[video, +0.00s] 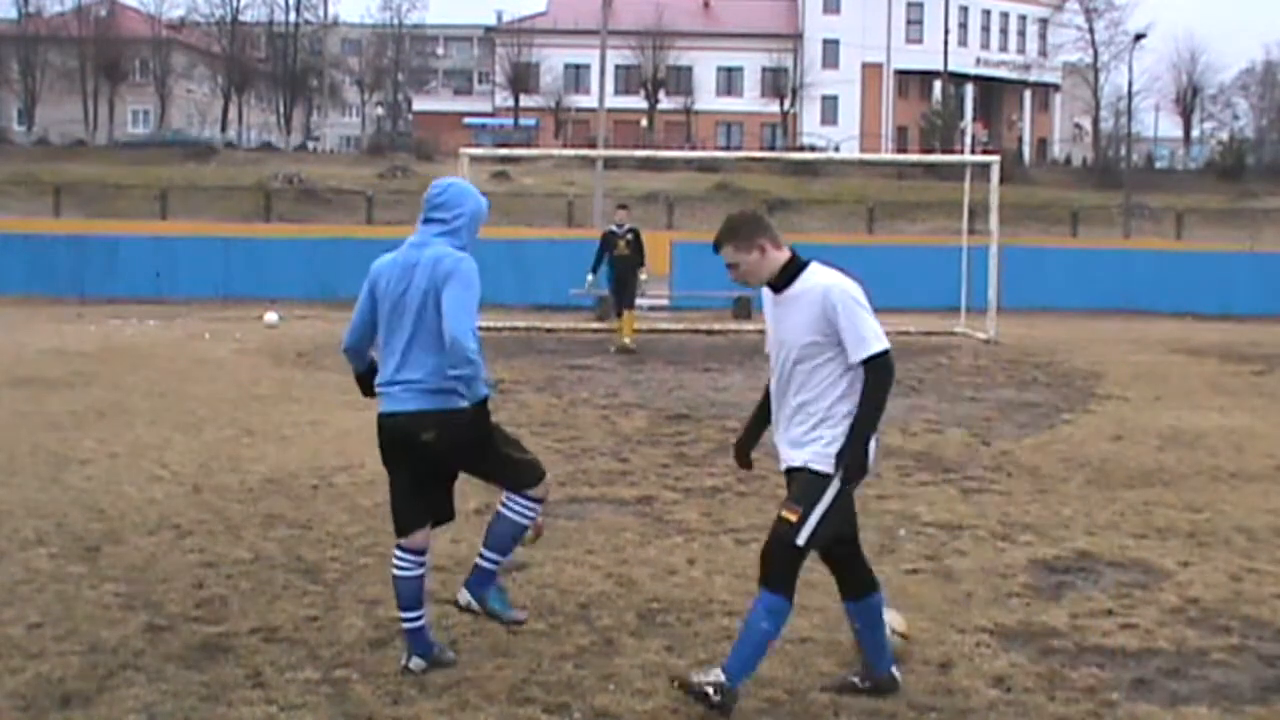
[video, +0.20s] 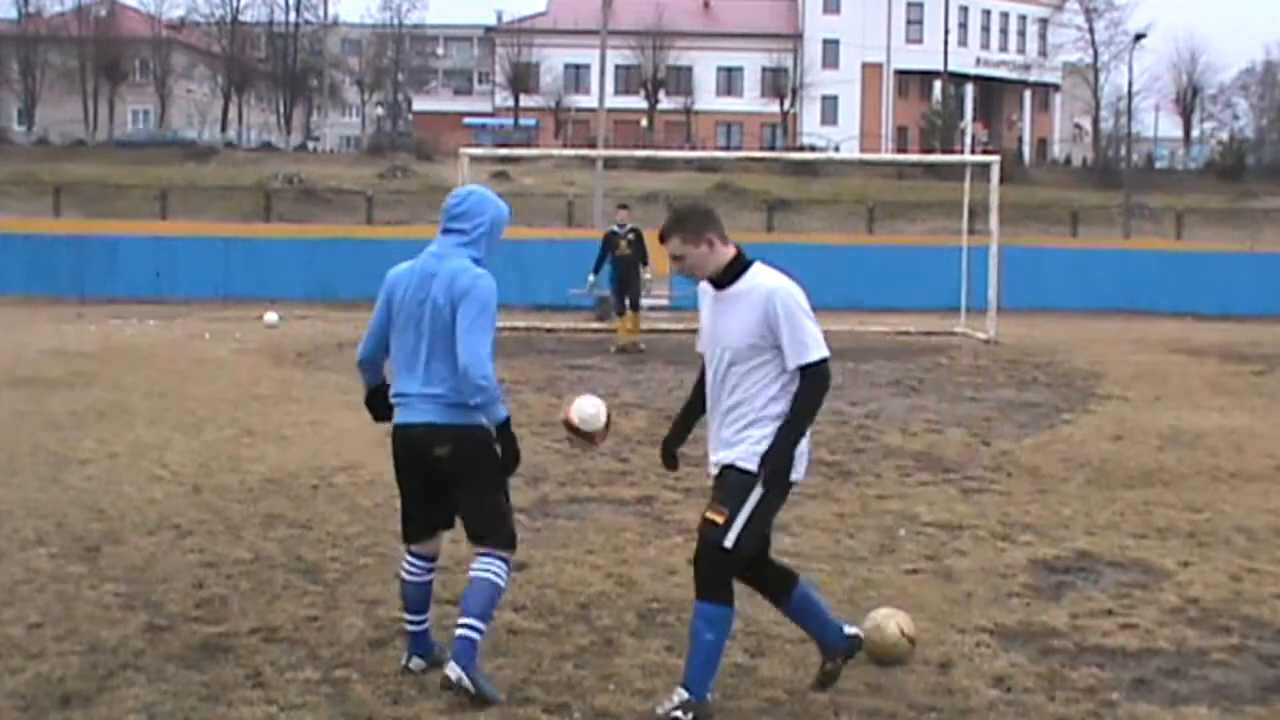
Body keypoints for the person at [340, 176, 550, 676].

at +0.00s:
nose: (478, 235)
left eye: (480, 226)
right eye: (476, 226)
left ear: (427, 214)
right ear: (463, 222)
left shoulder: (384, 265)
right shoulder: (458, 264)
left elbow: (354, 342)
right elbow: (459, 337)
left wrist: (365, 371)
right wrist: (479, 390)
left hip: (396, 422)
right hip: (450, 418)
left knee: (412, 535)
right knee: (530, 483)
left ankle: (418, 646)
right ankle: (483, 583)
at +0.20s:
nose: (498, 242)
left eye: (499, 232)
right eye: (497, 232)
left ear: (448, 223)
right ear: (482, 230)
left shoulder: (401, 275)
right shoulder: (476, 282)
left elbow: (370, 353)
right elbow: (473, 368)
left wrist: (375, 387)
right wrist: (503, 423)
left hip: (410, 434)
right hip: (463, 434)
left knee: (421, 541)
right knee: (495, 545)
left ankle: (418, 650)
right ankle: (464, 657)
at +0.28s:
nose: (510, 242)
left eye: (509, 233)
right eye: (508, 234)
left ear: (458, 227)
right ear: (495, 234)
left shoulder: (410, 281)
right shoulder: (490, 289)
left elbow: (377, 361)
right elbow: (491, 385)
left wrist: (379, 403)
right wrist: (514, 442)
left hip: (414, 440)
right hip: (468, 441)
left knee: (424, 546)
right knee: (481, 556)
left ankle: (419, 647)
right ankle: (460, 677)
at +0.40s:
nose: (522, 242)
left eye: (522, 233)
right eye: (521, 234)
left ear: (469, 225)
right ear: (507, 234)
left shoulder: (418, 276)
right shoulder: (502, 290)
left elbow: (385, 359)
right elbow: (507, 382)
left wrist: (390, 409)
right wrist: (527, 441)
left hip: (408, 435)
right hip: (466, 442)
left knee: (423, 544)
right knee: (482, 556)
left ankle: (415, 648)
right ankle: (460, 680)